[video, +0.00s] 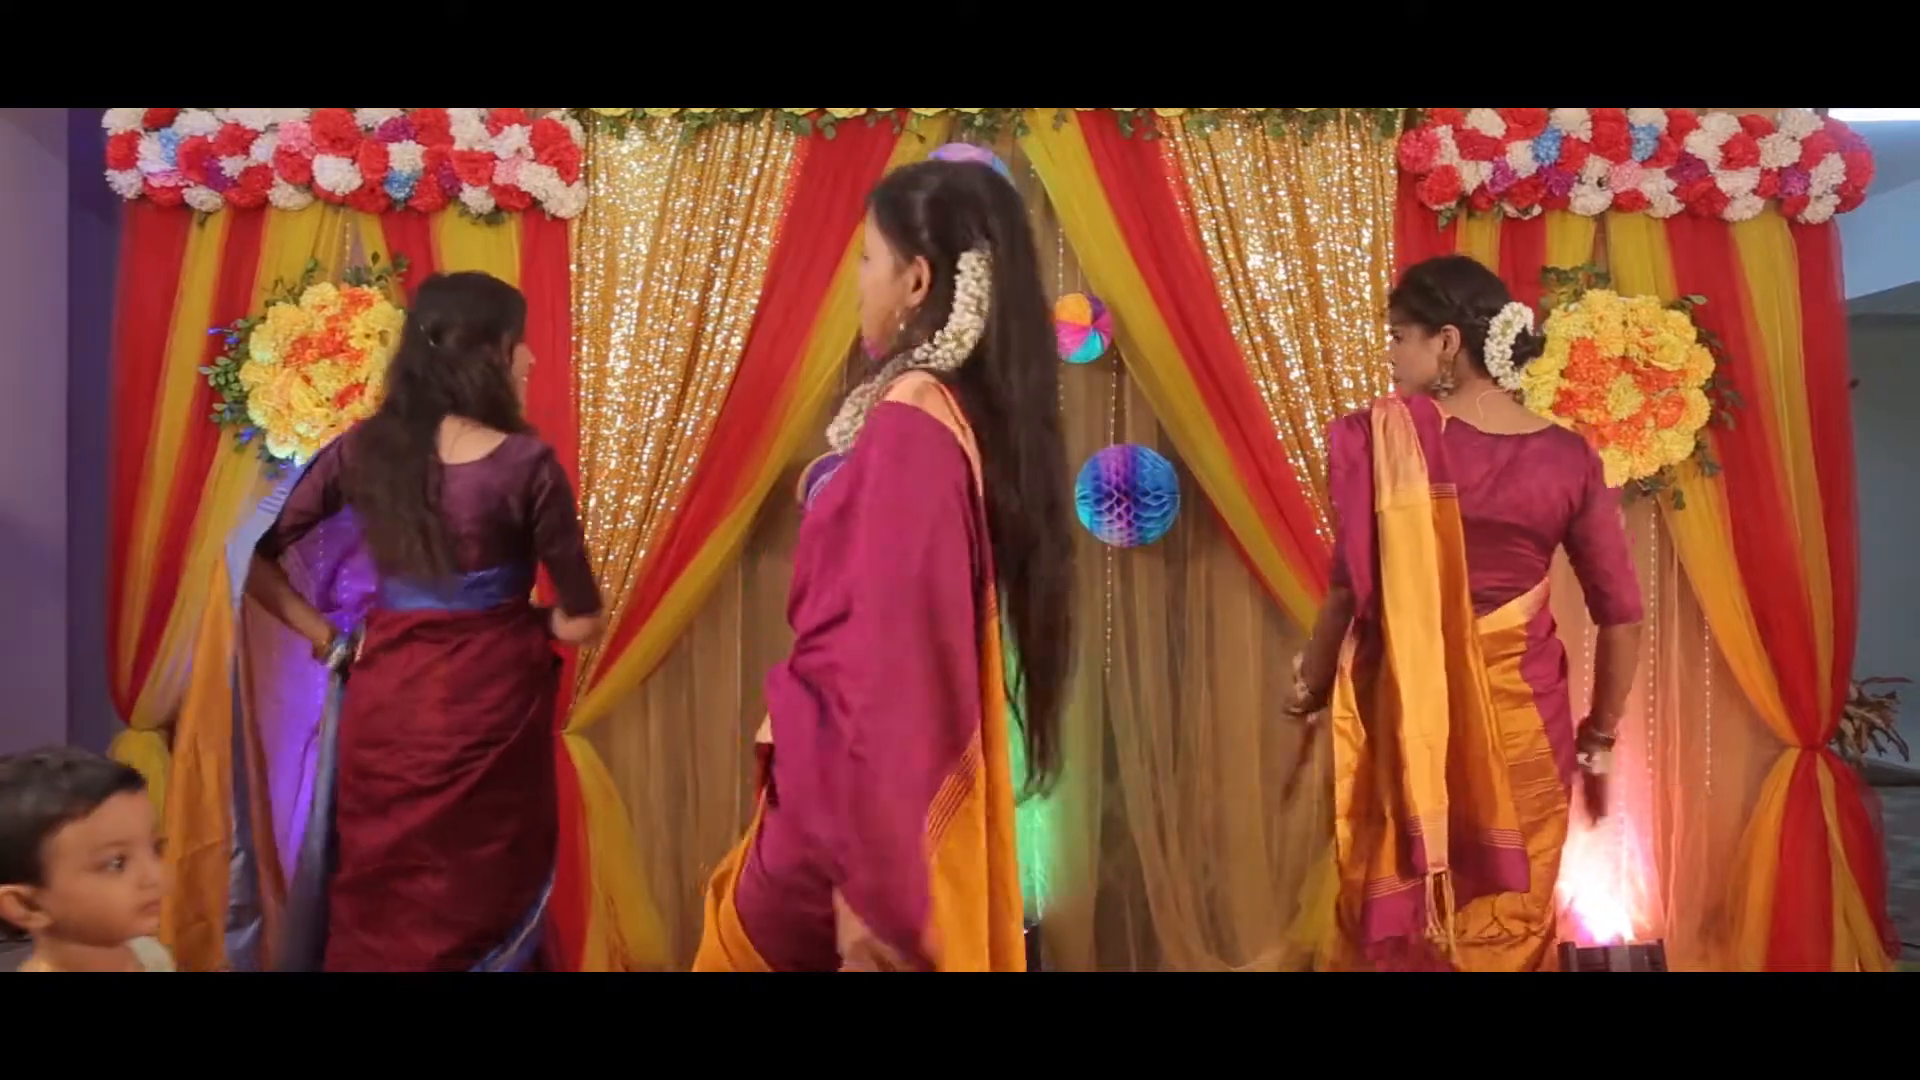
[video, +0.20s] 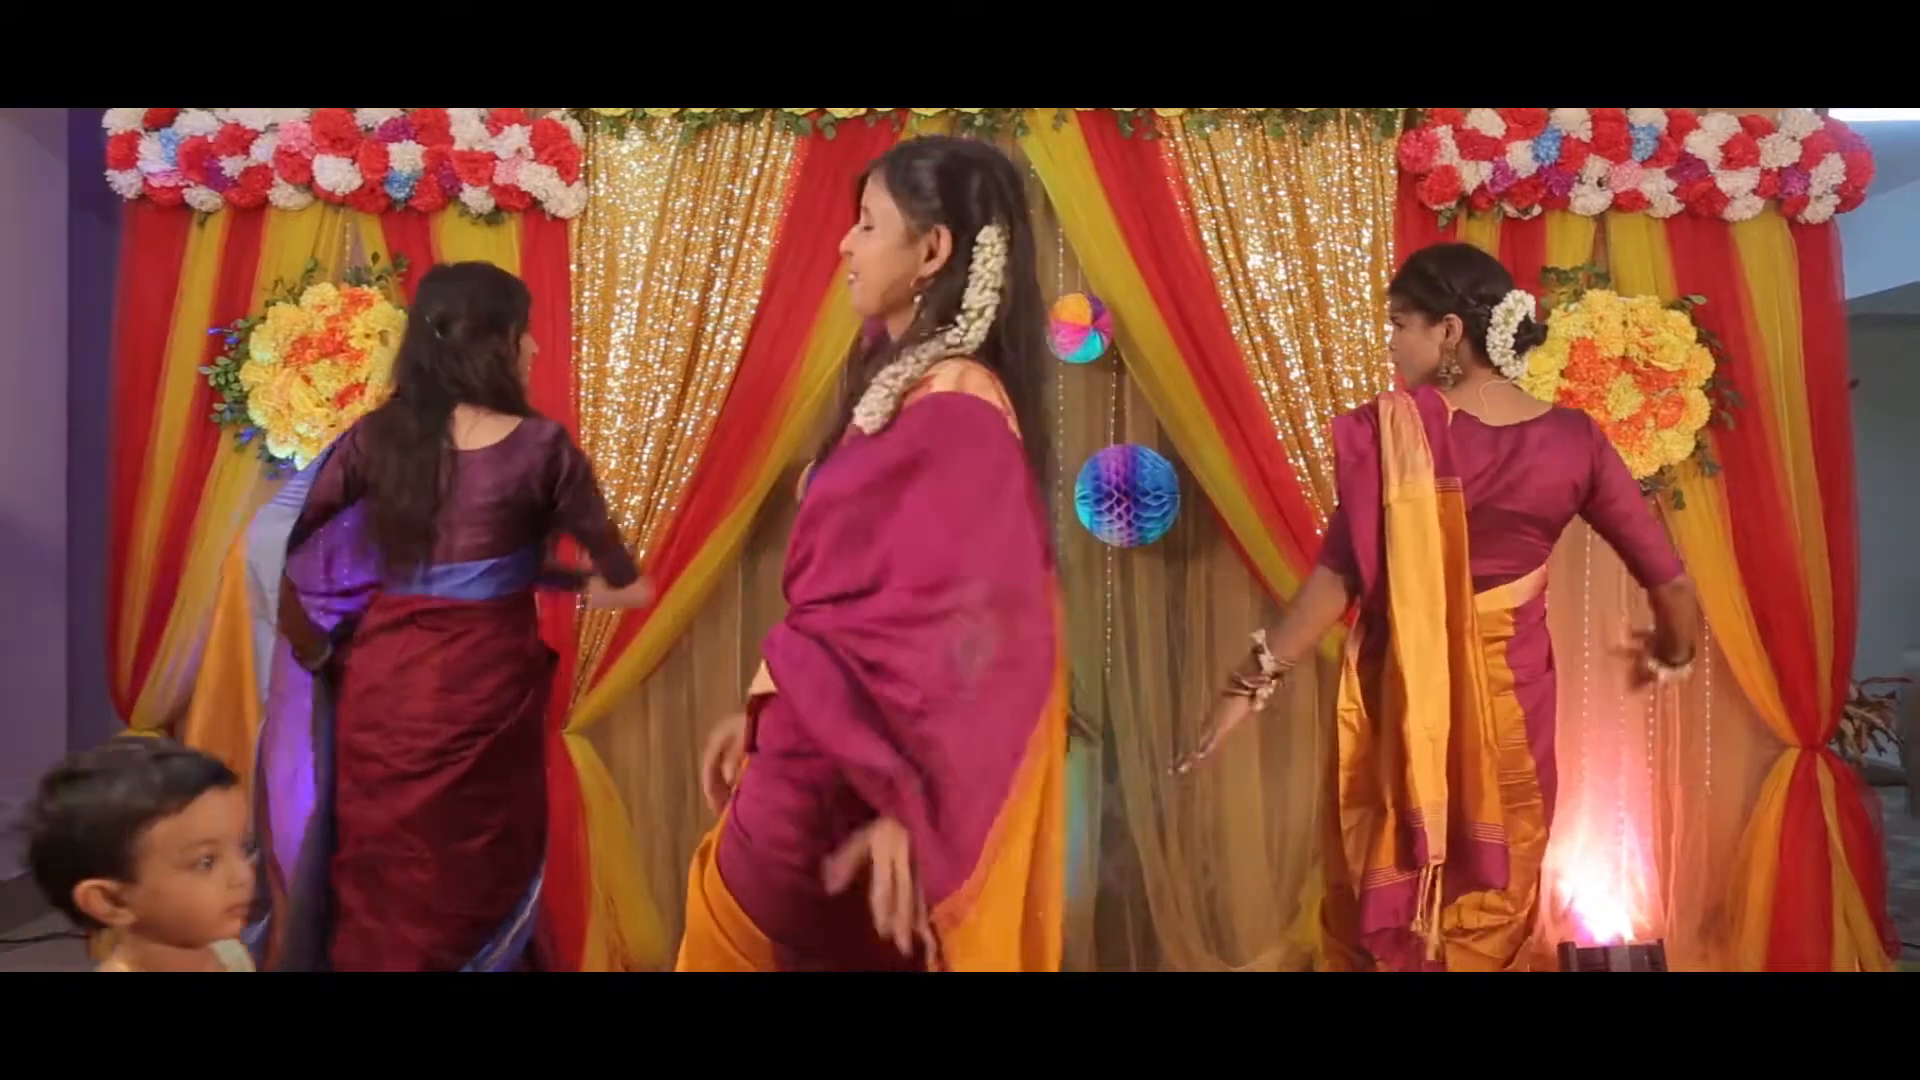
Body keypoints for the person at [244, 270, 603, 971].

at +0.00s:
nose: (530, 362)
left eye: (526, 345)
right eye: (521, 345)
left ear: (427, 350)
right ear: (485, 354)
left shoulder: (364, 447)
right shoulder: (524, 461)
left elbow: (259, 557)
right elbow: (582, 616)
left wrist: (328, 637)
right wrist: (526, 615)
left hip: (386, 686)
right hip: (492, 690)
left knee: (373, 888)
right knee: (484, 888)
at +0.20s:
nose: (535, 346)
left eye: (531, 331)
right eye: (525, 332)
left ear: (431, 341)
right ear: (494, 345)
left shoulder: (374, 436)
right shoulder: (542, 446)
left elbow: (293, 541)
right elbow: (618, 574)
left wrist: (315, 646)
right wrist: (527, 565)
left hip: (383, 673)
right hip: (489, 679)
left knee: (375, 868)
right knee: (478, 871)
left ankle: (378, 963)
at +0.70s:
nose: (424, 352)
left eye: (430, 337)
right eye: (430, 334)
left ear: (435, 350)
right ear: (523, 351)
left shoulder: (384, 441)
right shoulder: (556, 460)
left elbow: (300, 558)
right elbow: (630, 519)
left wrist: (201, 602)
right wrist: (656, 410)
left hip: (395, 667)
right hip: (495, 672)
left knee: (389, 849)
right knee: (486, 857)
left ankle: (393, 960)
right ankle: (477, 961)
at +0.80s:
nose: (428, 352)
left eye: (431, 338)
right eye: (433, 335)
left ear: (441, 346)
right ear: (527, 342)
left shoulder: (403, 441)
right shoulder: (567, 447)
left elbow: (321, 567)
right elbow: (634, 476)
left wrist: (190, 586)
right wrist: (647, 360)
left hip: (408, 664)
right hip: (501, 664)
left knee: (404, 844)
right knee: (487, 833)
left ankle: (410, 959)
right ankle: (484, 954)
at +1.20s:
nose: (421, 382)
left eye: (425, 364)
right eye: (420, 365)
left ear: (467, 360)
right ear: (500, 360)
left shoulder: (414, 448)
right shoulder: (557, 460)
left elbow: (345, 594)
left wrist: (197, 646)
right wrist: (583, 396)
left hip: (417, 702)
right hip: (506, 702)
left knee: (401, 900)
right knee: (481, 908)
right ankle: (475, 962)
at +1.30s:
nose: (415, 369)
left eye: (426, 350)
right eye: (413, 352)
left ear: (484, 347)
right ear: (491, 352)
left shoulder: (428, 445)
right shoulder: (568, 450)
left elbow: (387, 599)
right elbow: (524, 422)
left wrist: (218, 638)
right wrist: (546, 354)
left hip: (416, 691)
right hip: (499, 693)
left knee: (395, 879)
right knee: (477, 876)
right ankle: (475, 962)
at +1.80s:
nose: (430, 343)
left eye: (449, 325)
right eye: (417, 327)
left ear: (497, 335)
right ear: (407, 338)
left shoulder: (477, 428)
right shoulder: (450, 424)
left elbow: (473, 576)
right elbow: (416, 569)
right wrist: (352, 664)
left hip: (449, 683)